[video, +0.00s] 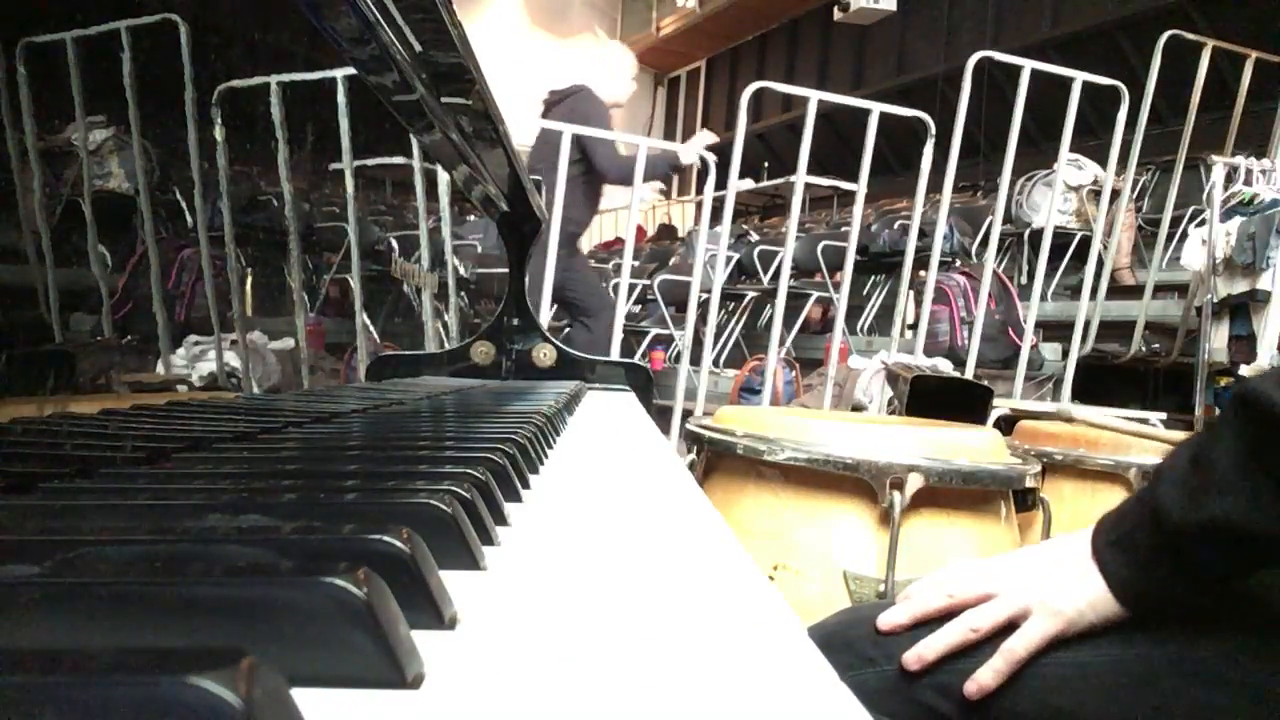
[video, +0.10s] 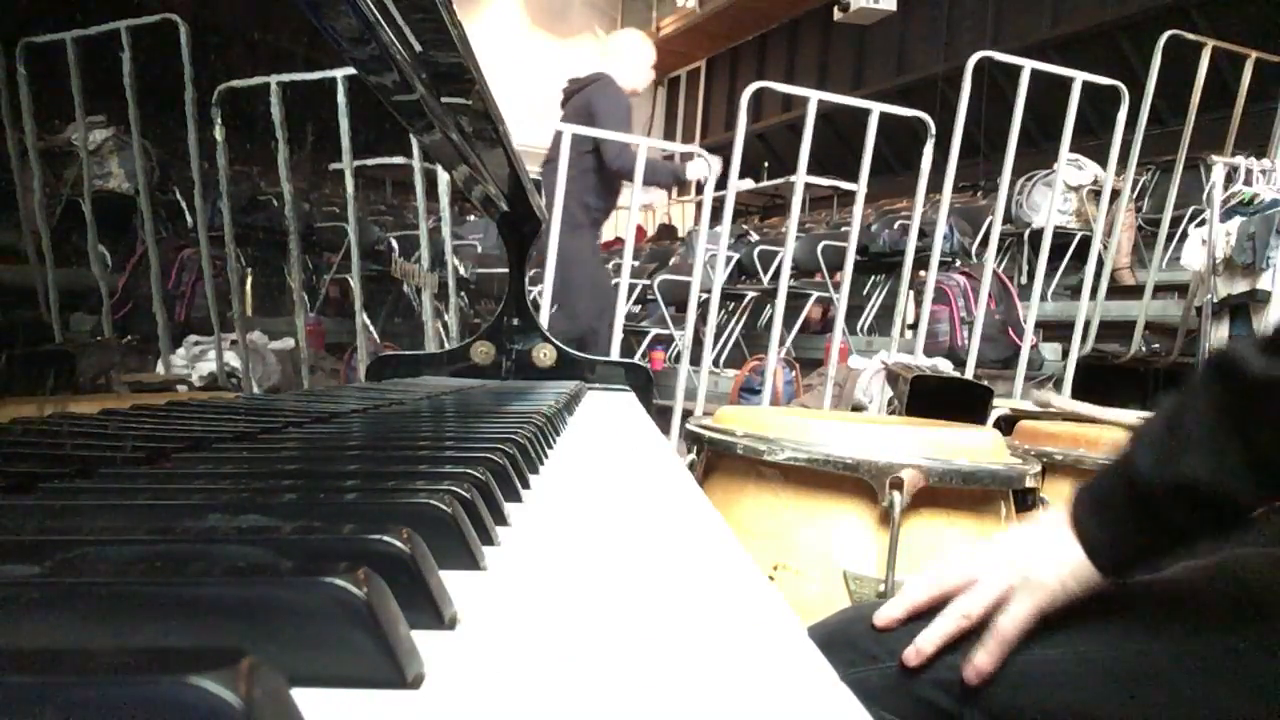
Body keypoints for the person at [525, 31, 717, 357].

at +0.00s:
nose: (633, 88)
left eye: (633, 80)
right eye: (630, 78)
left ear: (604, 73)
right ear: (609, 73)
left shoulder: (575, 105)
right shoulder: (586, 105)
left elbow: (575, 192)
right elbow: (611, 168)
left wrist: (630, 194)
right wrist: (677, 156)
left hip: (548, 240)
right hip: (550, 243)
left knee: (594, 311)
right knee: (600, 313)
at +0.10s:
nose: (653, 76)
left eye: (653, 68)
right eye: (650, 66)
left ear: (619, 60)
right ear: (631, 61)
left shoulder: (597, 92)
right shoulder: (605, 92)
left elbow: (619, 157)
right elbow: (619, 158)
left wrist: (673, 163)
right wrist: (681, 171)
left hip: (573, 227)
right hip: (570, 229)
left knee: (592, 310)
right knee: (587, 312)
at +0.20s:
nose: (668, 65)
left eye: (669, 56)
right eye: (664, 55)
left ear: (634, 49)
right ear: (643, 50)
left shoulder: (613, 80)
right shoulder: (625, 81)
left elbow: (605, 155)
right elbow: (623, 152)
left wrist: (632, 194)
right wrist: (676, 188)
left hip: (574, 204)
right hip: (582, 205)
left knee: (586, 300)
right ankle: (556, 337)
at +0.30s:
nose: (683, 58)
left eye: (683, 50)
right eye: (679, 48)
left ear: (644, 45)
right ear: (658, 46)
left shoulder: (623, 76)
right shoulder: (642, 76)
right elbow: (631, 145)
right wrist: (662, 201)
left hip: (583, 193)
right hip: (600, 193)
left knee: (595, 302)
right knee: (684, 255)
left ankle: (586, 387)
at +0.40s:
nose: (698, 60)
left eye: (699, 51)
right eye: (695, 50)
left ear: (660, 42)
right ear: (676, 44)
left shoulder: (636, 75)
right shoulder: (663, 76)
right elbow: (642, 143)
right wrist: (646, 205)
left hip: (600, 192)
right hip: (626, 191)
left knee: (600, 304)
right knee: (720, 247)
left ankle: (585, 384)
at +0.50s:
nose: (716, 65)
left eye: (717, 57)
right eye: (714, 56)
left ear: (676, 49)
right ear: (699, 51)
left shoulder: (651, 84)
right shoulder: (685, 82)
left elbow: (634, 149)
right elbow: (658, 147)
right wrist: (645, 208)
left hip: (617, 198)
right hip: (653, 199)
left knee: (617, 302)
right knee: (734, 253)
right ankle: (770, 351)